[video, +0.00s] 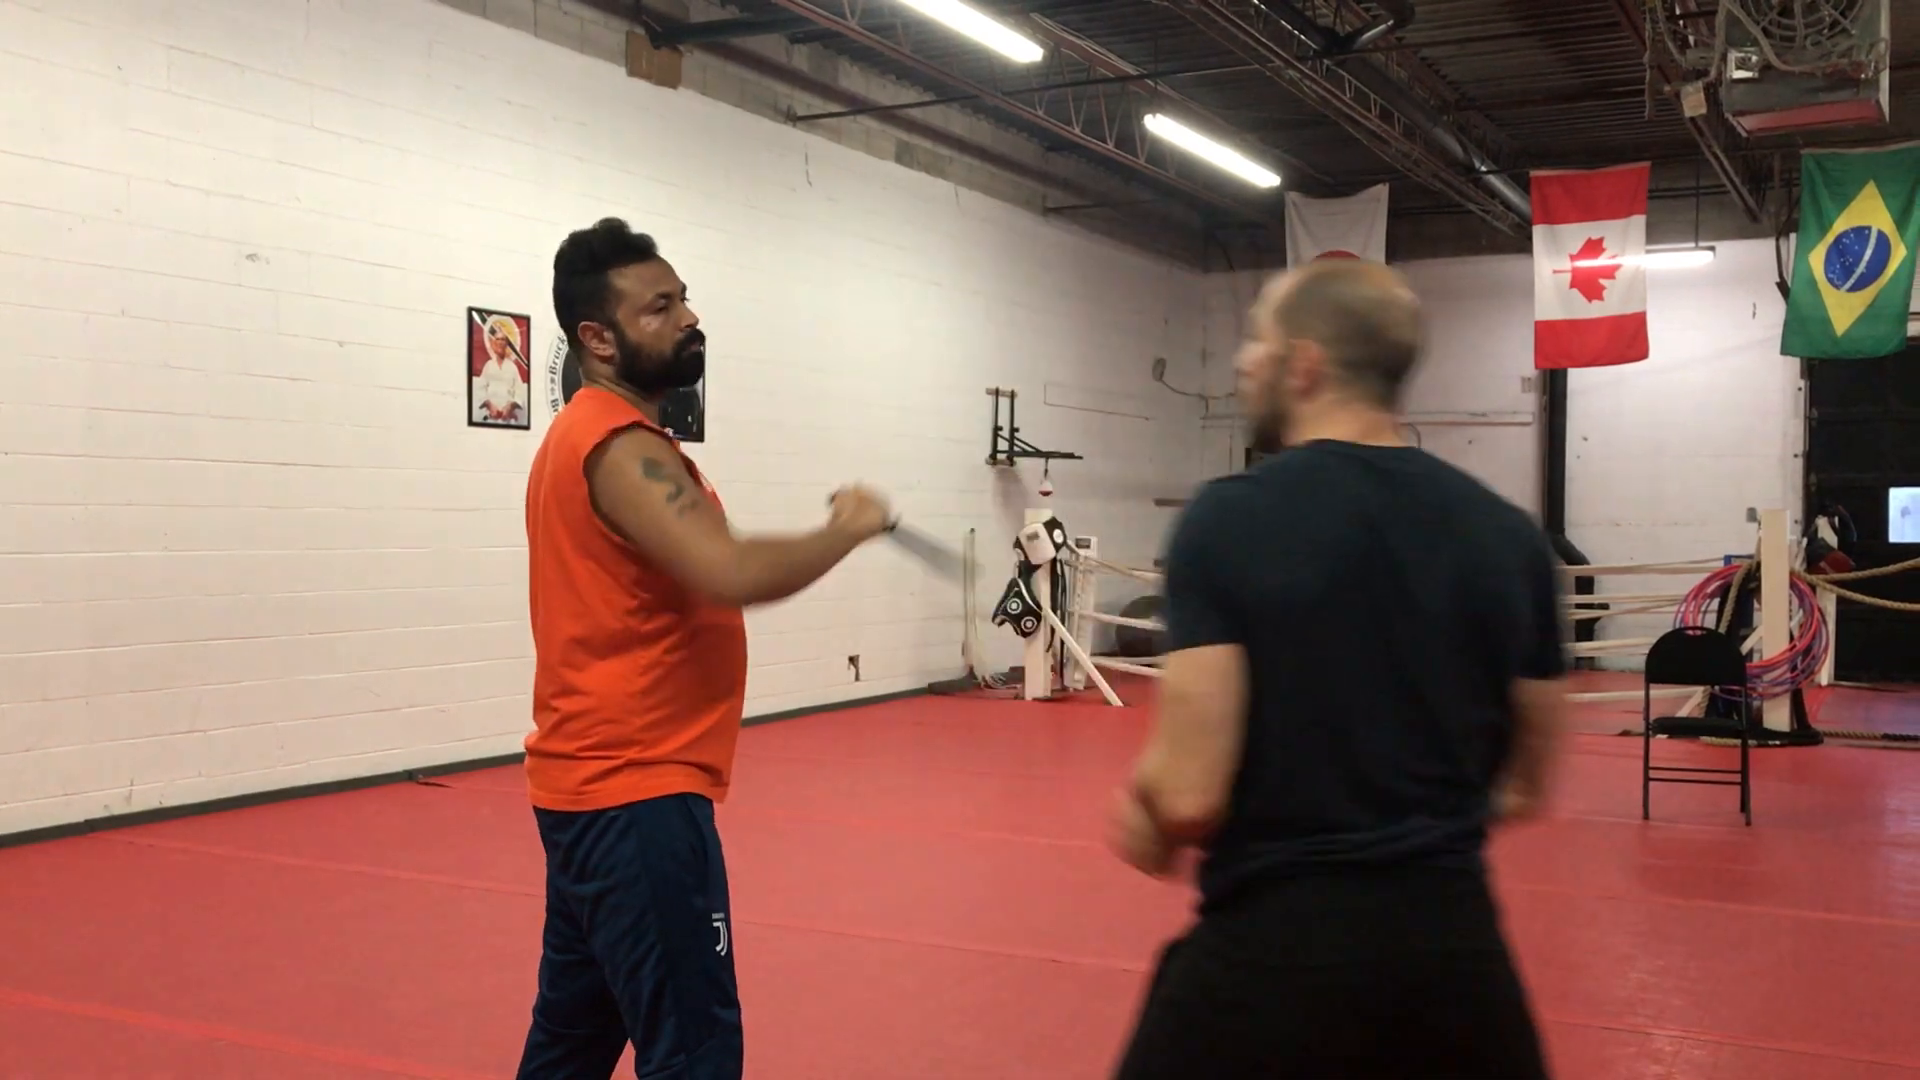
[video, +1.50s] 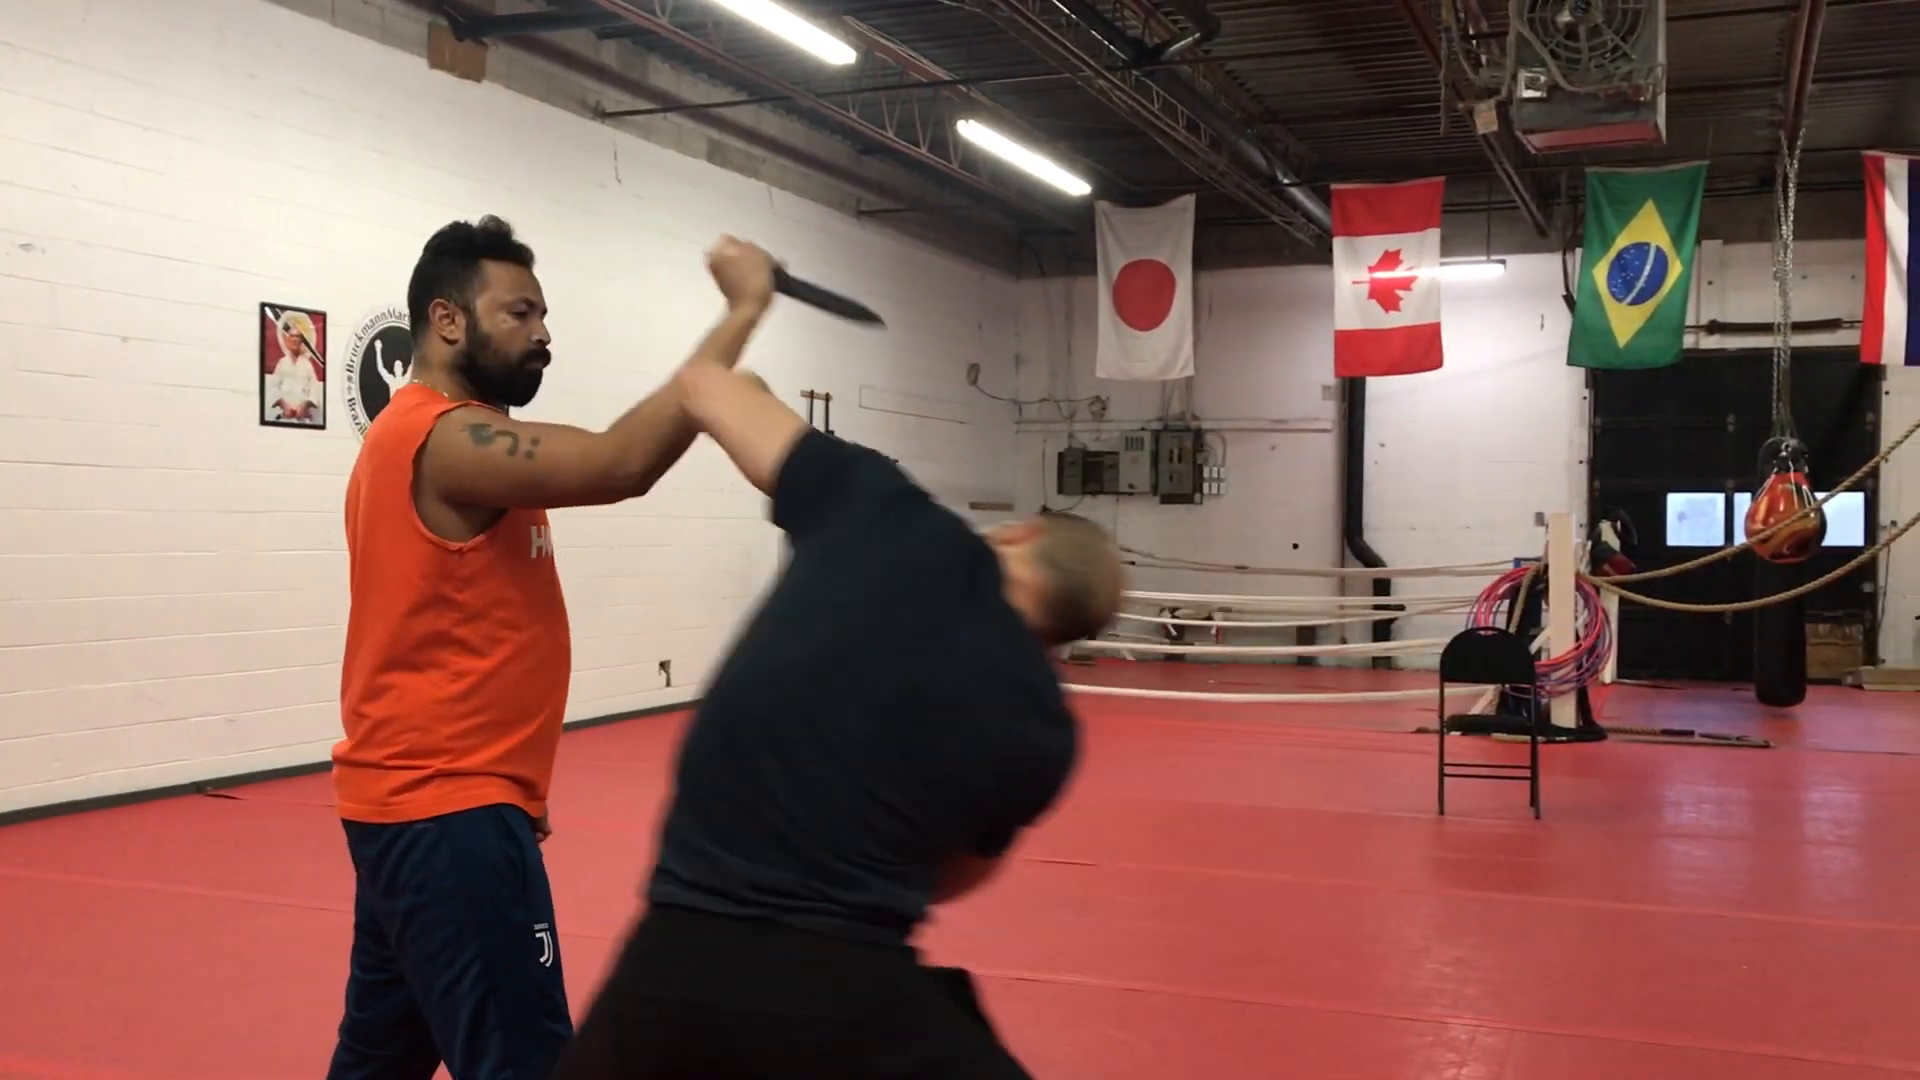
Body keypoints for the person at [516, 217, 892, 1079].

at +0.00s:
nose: (690, 318)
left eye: (682, 299)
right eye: (661, 306)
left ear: (598, 345)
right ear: (598, 339)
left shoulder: (576, 437)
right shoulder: (621, 442)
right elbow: (724, 571)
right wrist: (843, 532)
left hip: (587, 787)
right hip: (639, 793)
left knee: (573, 1040)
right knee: (697, 1050)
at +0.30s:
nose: (651, 321)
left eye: (647, 302)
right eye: (624, 306)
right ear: (559, 336)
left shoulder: (596, 446)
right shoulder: (561, 455)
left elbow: (604, 635)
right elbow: (550, 634)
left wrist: (663, 774)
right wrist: (724, 622)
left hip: (605, 795)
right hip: (590, 801)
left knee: (539, 1049)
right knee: (659, 1057)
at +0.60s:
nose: (583, 336)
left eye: (587, 321)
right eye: (562, 317)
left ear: (590, 336)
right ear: (493, 336)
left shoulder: (578, 471)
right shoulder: (462, 452)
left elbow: (599, 627)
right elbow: (535, 546)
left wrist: (660, 750)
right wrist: (559, 380)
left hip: (580, 795)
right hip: (520, 798)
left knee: (499, 1052)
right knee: (583, 1055)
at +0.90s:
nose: (548, 347)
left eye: (551, 327)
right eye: (525, 326)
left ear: (552, 331)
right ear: (464, 340)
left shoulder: (524, 464)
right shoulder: (416, 444)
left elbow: (549, 631)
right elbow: (500, 465)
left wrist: (622, 759)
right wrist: (461, 341)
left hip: (538, 795)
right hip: (482, 800)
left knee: (461, 1056)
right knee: (563, 1057)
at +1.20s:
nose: (540, 340)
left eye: (541, 320)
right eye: (516, 318)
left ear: (458, 333)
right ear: (449, 327)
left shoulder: (474, 433)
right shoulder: (429, 436)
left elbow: (490, 635)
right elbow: (561, 442)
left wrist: (553, 779)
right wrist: (551, 281)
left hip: (484, 798)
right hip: (471, 804)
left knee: (427, 1053)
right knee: (559, 1057)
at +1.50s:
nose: (545, 335)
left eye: (543, 314)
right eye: (522, 312)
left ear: (449, 329)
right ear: (448, 322)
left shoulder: (404, 433)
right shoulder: (451, 436)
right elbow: (624, 462)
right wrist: (743, 313)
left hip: (406, 801)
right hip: (452, 807)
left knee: (380, 1058)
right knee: (525, 1059)